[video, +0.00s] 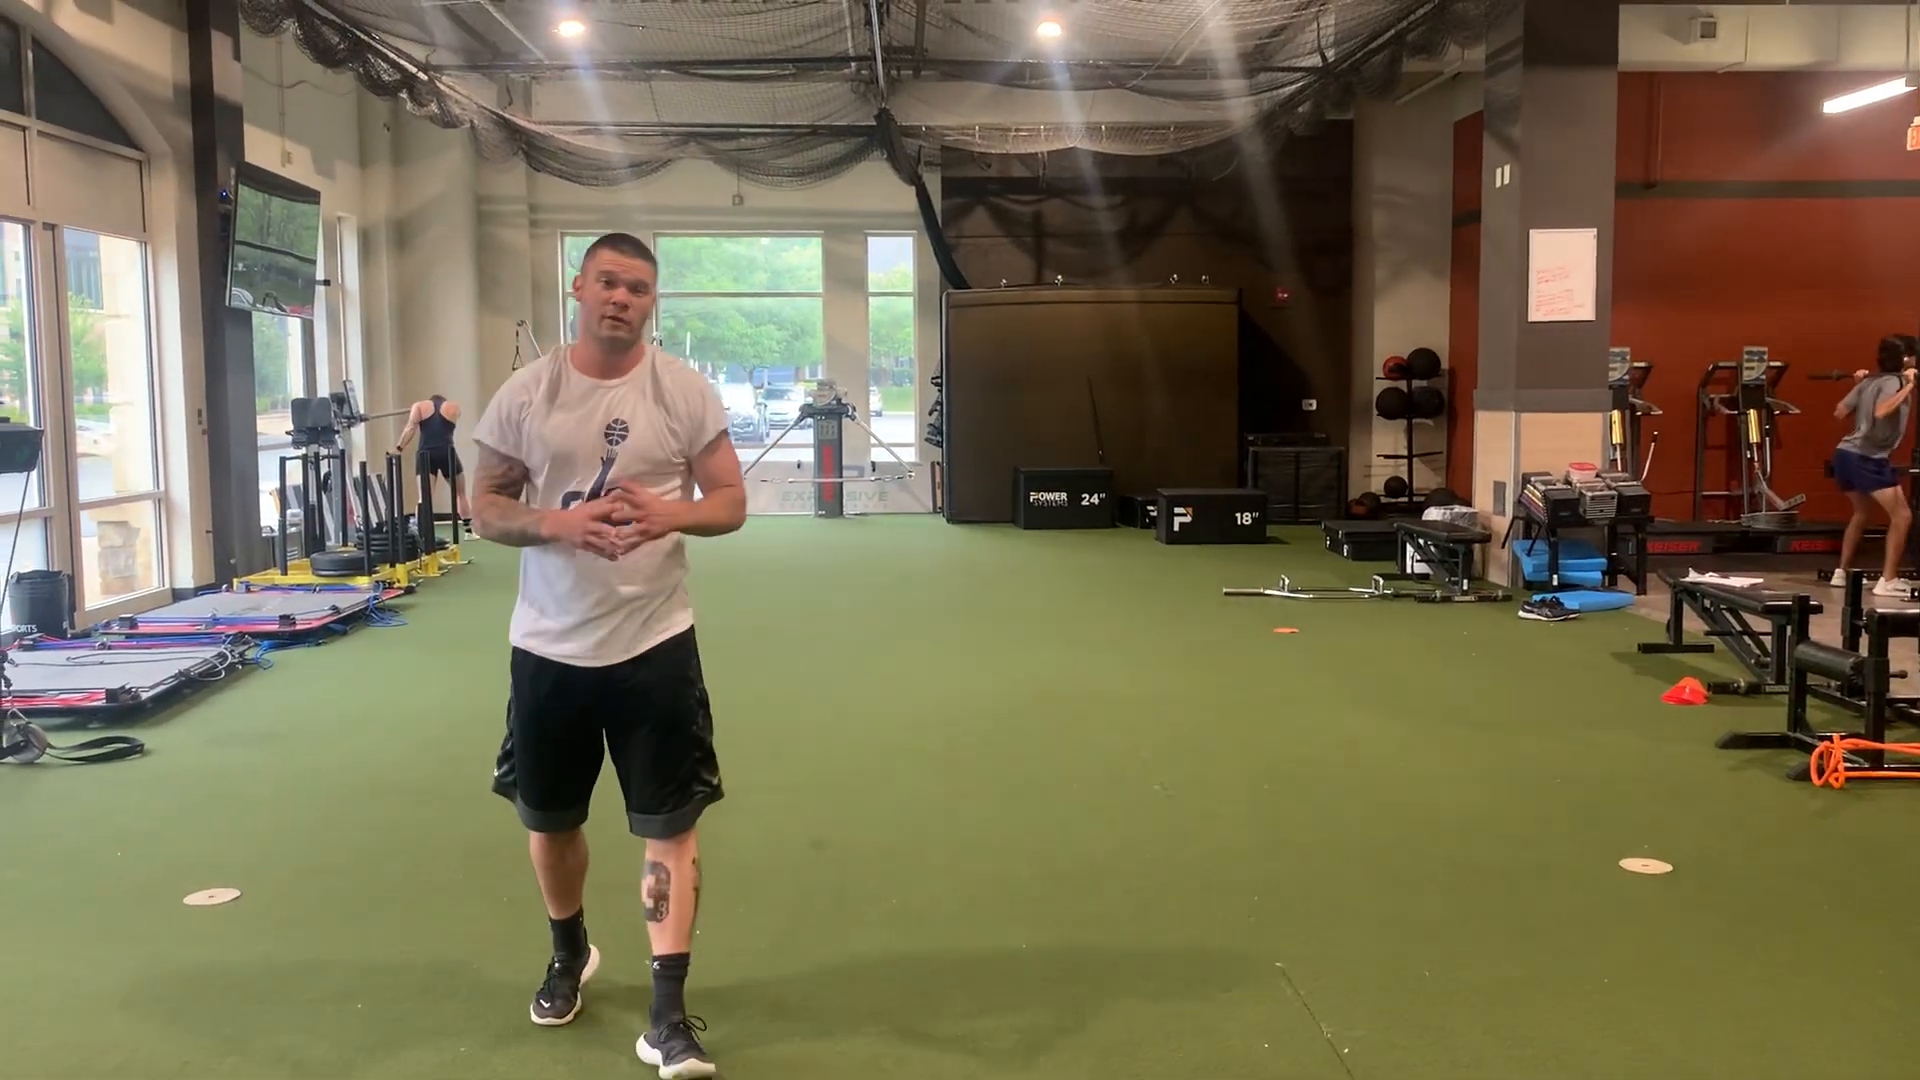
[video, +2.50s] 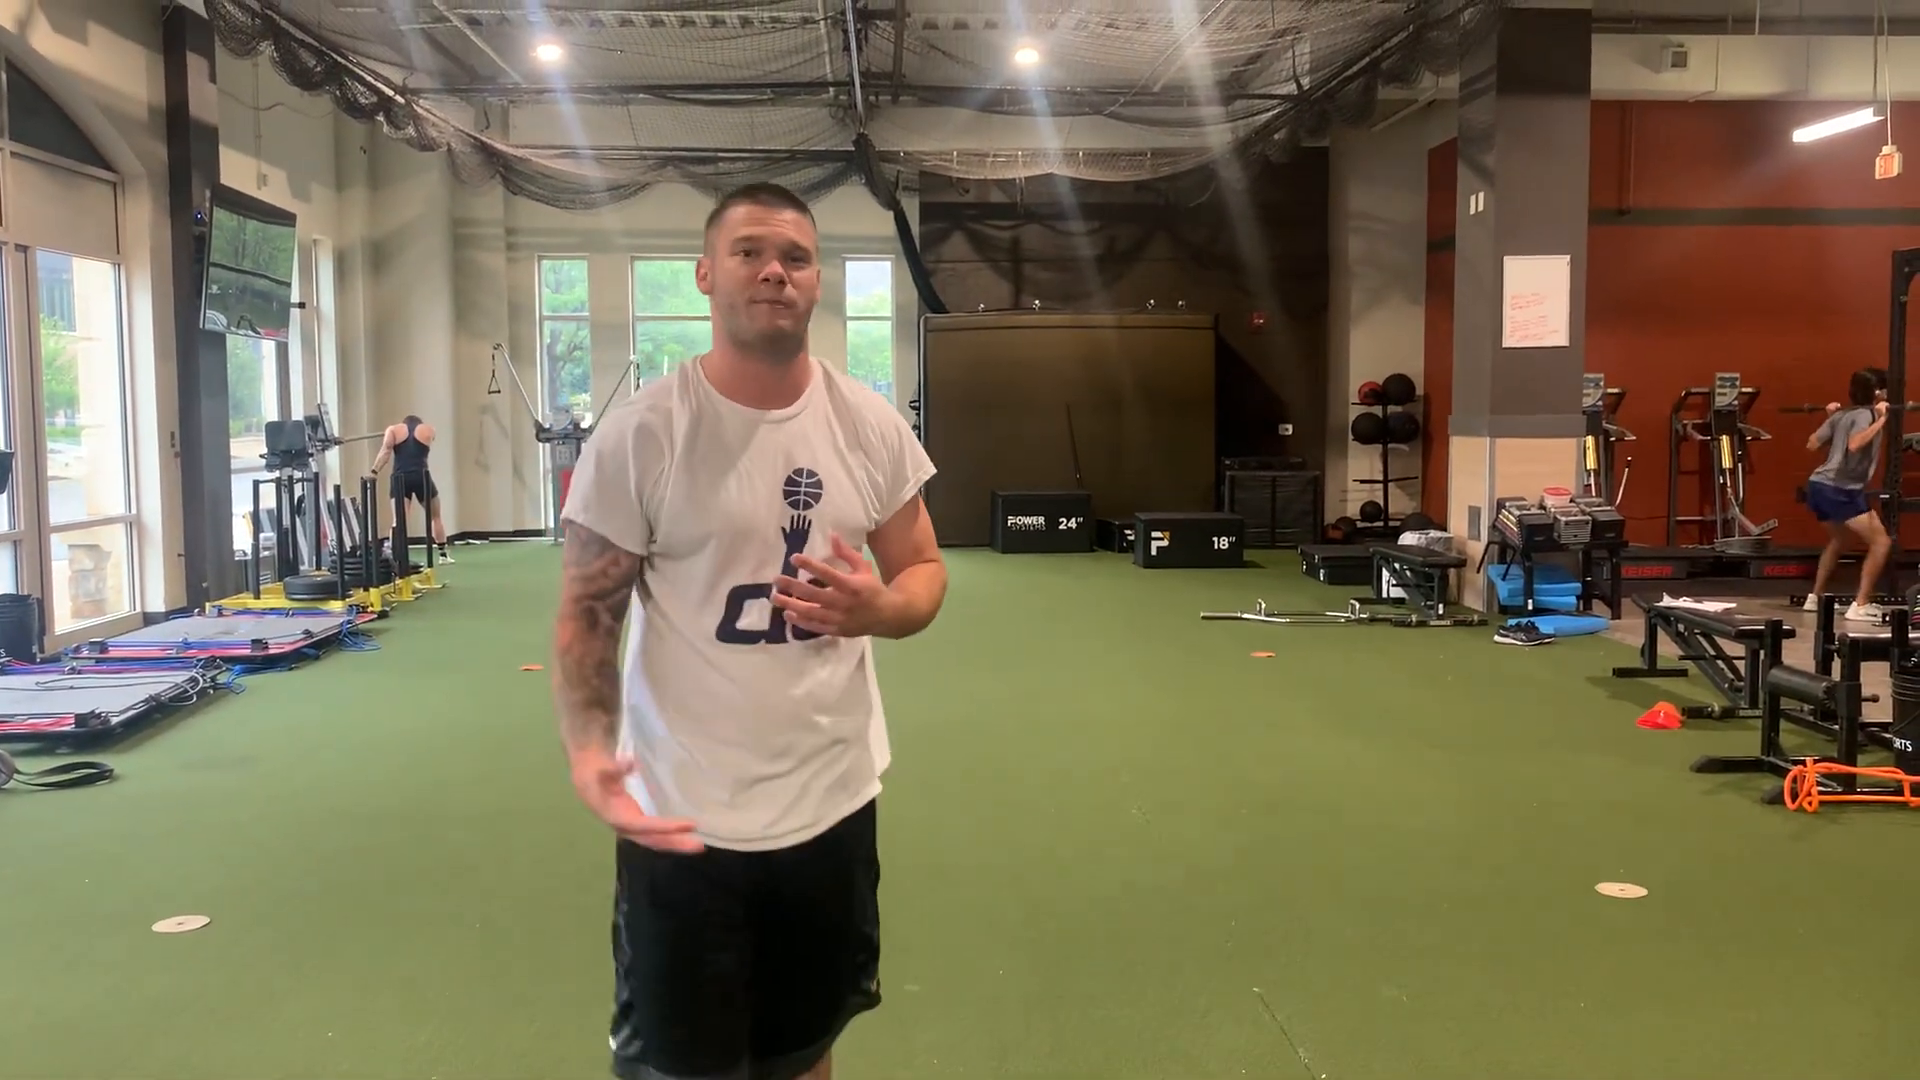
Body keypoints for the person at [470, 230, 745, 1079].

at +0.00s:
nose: (621, 297)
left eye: (637, 287)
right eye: (608, 282)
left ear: (655, 303)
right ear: (577, 290)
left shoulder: (685, 392)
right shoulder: (524, 394)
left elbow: (732, 504)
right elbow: (481, 507)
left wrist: (672, 513)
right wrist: (553, 523)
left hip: (654, 640)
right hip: (550, 645)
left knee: (669, 825)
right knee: (550, 819)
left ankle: (668, 1017)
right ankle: (568, 949)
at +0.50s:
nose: (672, 290)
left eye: (688, 282)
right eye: (657, 275)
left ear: (703, 303)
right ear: (620, 285)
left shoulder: (729, 400)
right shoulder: (560, 392)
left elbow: (784, 506)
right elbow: (494, 481)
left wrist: (836, 504)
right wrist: (445, 482)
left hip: (684, 664)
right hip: (572, 661)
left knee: (687, 855)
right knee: (566, 857)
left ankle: (664, 1026)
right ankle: (577, 1058)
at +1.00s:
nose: (587, 283)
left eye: (601, 271)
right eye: (566, 273)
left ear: (626, 292)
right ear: (534, 298)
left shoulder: (686, 393)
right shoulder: (505, 426)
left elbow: (756, 499)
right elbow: (452, 557)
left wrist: (824, 473)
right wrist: (416, 565)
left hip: (685, 701)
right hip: (563, 708)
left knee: (698, 908)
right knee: (560, 919)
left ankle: (663, 1020)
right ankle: (583, 1074)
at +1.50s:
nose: (603, 286)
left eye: (622, 270)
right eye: (583, 267)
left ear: (647, 287)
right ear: (549, 283)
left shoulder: (706, 400)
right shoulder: (502, 422)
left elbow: (767, 519)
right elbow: (437, 548)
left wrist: (818, 520)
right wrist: (438, 592)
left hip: (696, 723)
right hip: (561, 738)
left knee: (736, 948)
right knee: (568, 958)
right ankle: (586, 1079)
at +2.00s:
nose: (738, 266)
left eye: (762, 259)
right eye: (723, 248)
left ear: (784, 289)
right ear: (686, 265)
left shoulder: (826, 418)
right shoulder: (604, 410)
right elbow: (537, 566)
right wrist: (617, 582)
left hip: (774, 766)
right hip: (626, 768)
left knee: (791, 1029)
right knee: (594, 1044)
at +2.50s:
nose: (774, 272)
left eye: (795, 258)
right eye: (750, 253)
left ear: (818, 285)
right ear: (705, 277)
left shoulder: (867, 422)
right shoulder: (640, 433)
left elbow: (923, 571)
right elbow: (589, 607)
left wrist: (884, 610)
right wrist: (590, 744)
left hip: (830, 807)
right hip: (683, 816)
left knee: (805, 1051)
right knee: (678, 1061)